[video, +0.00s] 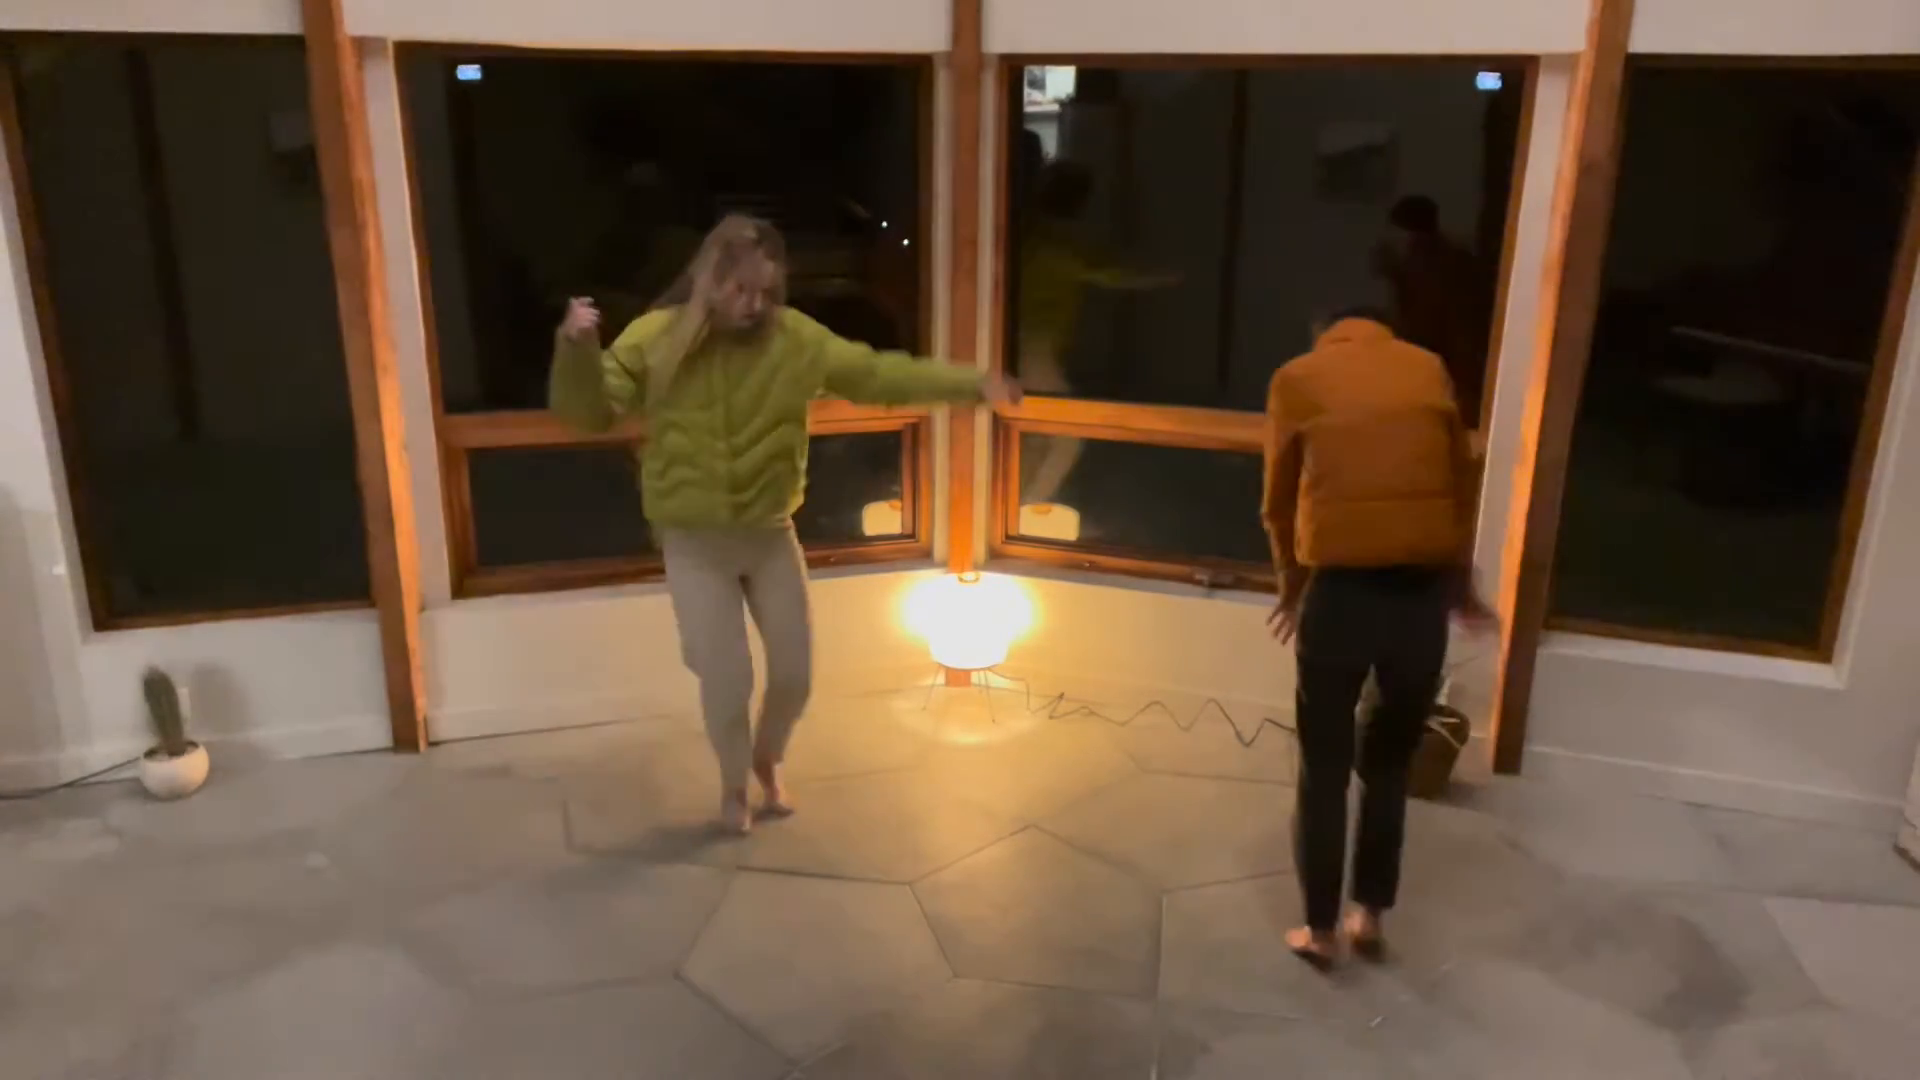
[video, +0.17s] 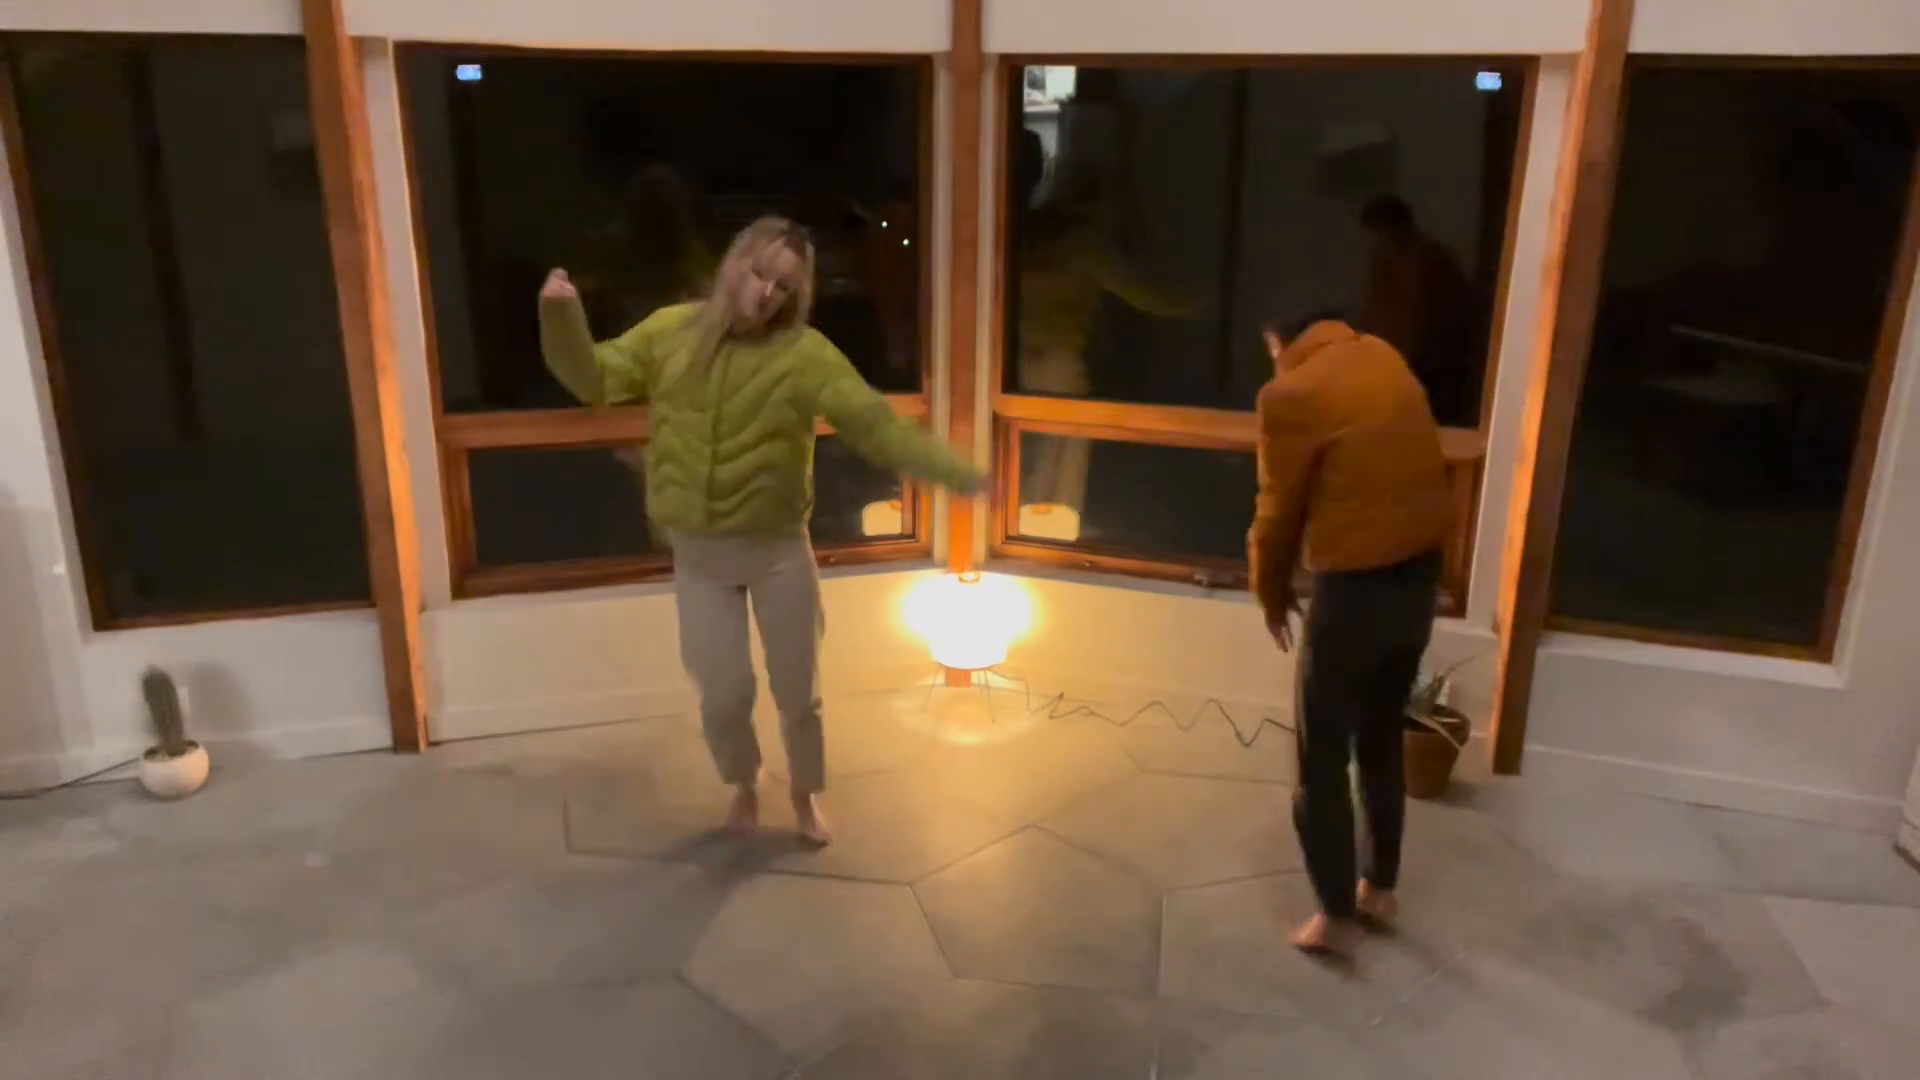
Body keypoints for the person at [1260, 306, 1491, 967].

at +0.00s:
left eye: (1314, 330)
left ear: (1323, 328)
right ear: (1385, 324)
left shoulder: (1297, 378)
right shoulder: (1428, 368)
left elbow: (1278, 499)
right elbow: (1460, 479)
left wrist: (1290, 583)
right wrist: (1462, 576)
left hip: (1338, 590)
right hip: (1420, 593)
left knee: (1323, 759)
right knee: (1389, 756)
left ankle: (1320, 926)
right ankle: (1367, 912)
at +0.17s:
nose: (1272, 362)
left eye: (1270, 349)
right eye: (1269, 349)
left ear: (1282, 340)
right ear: (1333, 323)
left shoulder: (1289, 395)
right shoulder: (1386, 359)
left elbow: (1279, 509)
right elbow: (1433, 471)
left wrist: (1273, 596)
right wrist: (1439, 568)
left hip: (1348, 586)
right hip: (1415, 578)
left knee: (1322, 752)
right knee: (1382, 733)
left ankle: (1335, 912)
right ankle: (1380, 886)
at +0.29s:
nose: (1252, 362)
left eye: (1250, 349)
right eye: (1248, 349)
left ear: (1268, 343)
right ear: (1309, 322)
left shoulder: (1302, 407)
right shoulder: (1358, 362)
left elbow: (1280, 518)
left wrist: (1249, 604)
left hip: (1351, 588)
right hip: (1383, 576)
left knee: (1319, 745)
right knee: (1332, 733)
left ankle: (1337, 882)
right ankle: (1366, 866)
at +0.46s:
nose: (1256, 366)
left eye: (1264, 356)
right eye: (1254, 353)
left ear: (1302, 351)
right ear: (1283, 343)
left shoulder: (1350, 415)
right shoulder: (1298, 372)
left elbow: (1300, 540)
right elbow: (1253, 463)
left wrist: (1250, 636)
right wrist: (1231, 547)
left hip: (1350, 587)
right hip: (1295, 575)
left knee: (1317, 738)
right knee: (1267, 726)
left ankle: (1334, 885)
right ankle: (1265, 851)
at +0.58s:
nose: (1302, 357)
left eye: (1320, 352)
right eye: (1302, 342)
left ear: (1357, 351)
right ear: (1297, 329)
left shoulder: (1385, 412)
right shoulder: (1281, 343)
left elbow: (1345, 541)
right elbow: (1231, 433)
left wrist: (1317, 659)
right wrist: (1220, 539)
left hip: (1337, 577)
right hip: (1274, 562)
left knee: (1311, 731)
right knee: (1257, 724)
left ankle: (1303, 871)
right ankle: (1266, 853)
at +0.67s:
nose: (1331, 355)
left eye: (1349, 347)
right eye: (1329, 337)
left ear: (1383, 350)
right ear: (1321, 320)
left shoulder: (1399, 415)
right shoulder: (1287, 337)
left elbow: (1374, 538)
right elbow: (1226, 431)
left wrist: (1369, 657)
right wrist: (1222, 540)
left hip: (1332, 574)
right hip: (1260, 561)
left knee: (1309, 725)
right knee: (1248, 714)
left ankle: (1286, 864)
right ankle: (1261, 848)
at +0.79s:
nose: (1374, 340)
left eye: (1393, 332)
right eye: (1369, 319)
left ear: (1409, 335)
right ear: (1345, 301)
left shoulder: (1406, 404)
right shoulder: (1292, 335)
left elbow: (1421, 521)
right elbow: (1227, 430)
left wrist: (1463, 628)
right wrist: (1250, 537)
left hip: (1331, 567)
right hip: (1255, 554)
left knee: (1316, 733)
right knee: (1239, 725)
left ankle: (1294, 882)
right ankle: (1219, 850)